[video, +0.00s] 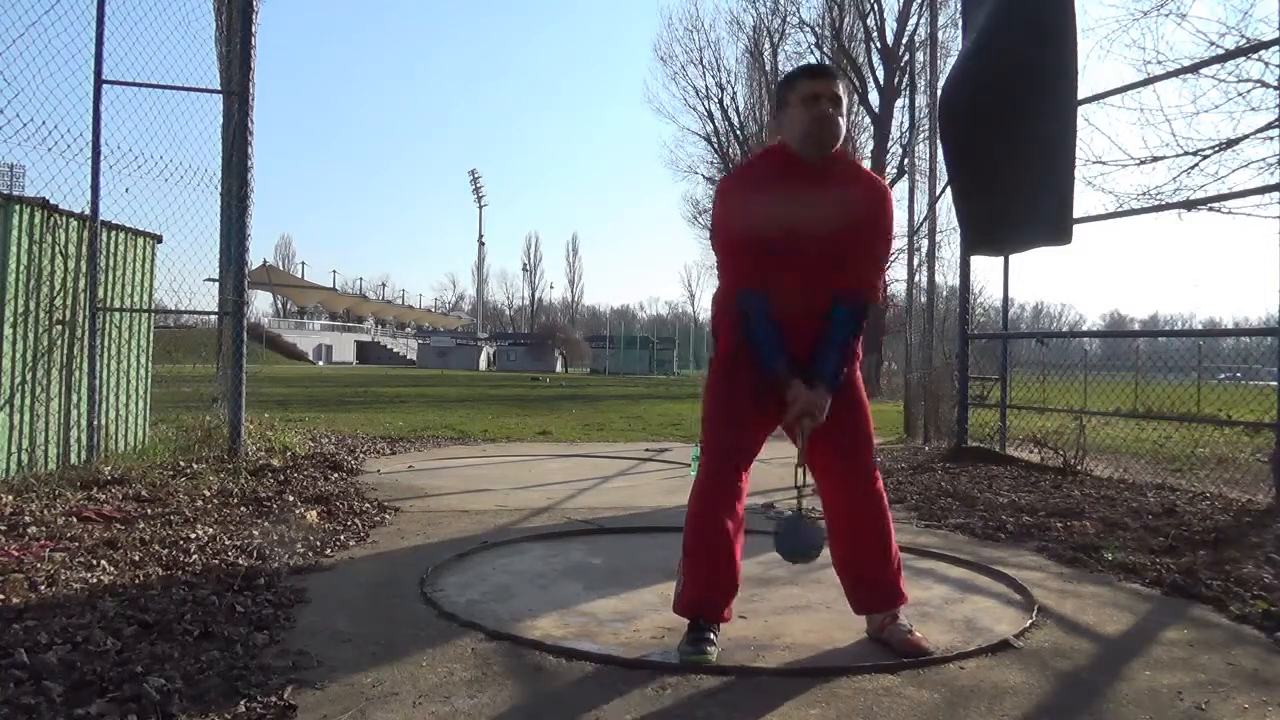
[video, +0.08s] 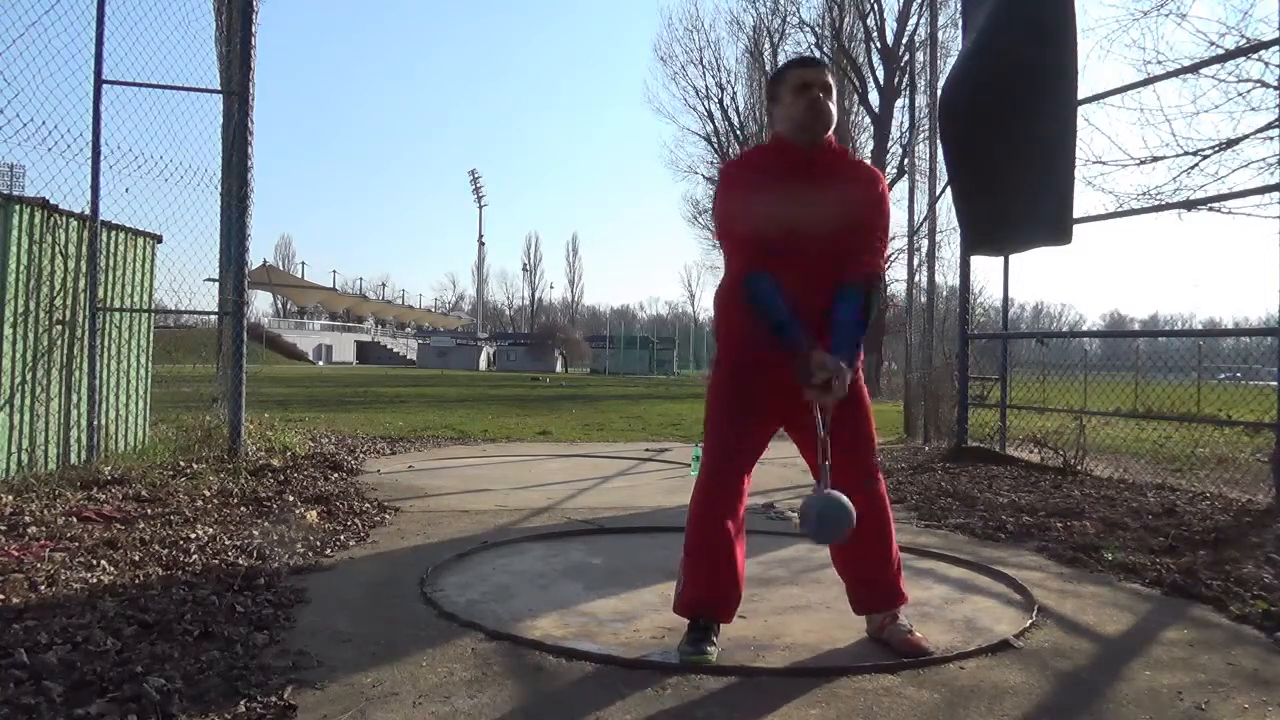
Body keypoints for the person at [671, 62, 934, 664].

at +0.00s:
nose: (828, 110)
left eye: (835, 101)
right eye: (812, 101)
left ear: (846, 114)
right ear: (781, 115)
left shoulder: (869, 191)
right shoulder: (742, 186)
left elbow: (859, 294)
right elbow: (744, 288)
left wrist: (824, 381)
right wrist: (784, 378)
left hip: (831, 350)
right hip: (750, 344)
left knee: (858, 477)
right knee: (721, 474)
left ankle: (886, 616)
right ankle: (703, 620)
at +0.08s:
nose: (819, 100)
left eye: (826, 91)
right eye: (804, 91)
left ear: (836, 106)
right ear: (772, 105)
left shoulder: (864, 180)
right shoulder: (742, 174)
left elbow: (863, 276)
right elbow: (751, 272)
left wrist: (842, 356)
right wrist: (802, 351)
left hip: (833, 354)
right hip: (750, 353)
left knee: (861, 477)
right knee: (719, 479)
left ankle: (885, 614)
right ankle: (704, 617)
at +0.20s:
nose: (814, 89)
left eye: (821, 82)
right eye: (798, 81)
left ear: (833, 102)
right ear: (770, 101)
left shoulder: (861, 173)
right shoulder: (742, 166)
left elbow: (873, 251)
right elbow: (761, 244)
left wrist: (862, 306)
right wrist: (831, 290)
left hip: (829, 354)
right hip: (749, 354)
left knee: (860, 480)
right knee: (720, 483)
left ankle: (884, 614)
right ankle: (704, 619)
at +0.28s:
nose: (816, 87)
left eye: (824, 81)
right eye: (801, 80)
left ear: (836, 100)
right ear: (772, 101)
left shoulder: (864, 170)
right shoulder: (746, 160)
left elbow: (886, 244)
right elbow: (766, 218)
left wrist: (877, 275)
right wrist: (846, 244)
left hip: (835, 360)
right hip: (751, 358)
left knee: (862, 487)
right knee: (721, 487)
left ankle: (883, 615)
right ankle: (704, 619)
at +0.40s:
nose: (830, 86)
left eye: (836, 81)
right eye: (814, 80)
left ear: (846, 101)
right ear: (782, 102)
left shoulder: (870, 166)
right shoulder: (756, 153)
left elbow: (896, 220)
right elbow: (781, 199)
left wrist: (919, 230)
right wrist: (871, 202)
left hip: (839, 360)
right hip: (756, 357)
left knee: (864, 486)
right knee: (724, 488)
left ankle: (882, 614)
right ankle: (704, 617)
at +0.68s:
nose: (881, 100)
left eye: (887, 95)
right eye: (867, 90)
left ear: (890, 116)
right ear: (832, 105)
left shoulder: (900, 183)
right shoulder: (801, 152)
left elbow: (924, 242)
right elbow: (856, 194)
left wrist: (962, 253)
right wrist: (930, 221)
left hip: (848, 360)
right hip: (770, 351)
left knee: (870, 484)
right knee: (736, 482)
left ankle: (882, 618)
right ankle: (704, 618)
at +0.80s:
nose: (904, 109)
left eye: (909, 105)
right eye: (889, 99)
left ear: (909, 128)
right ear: (851, 114)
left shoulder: (914, 202)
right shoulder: (821, 157)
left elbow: (917, 277)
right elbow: (872, 220)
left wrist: (953, 309)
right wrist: (946, 277)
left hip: (851, 361)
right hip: (778, 348)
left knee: (874, 483)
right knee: (741, 479)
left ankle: (882, 617)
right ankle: (703, 619)